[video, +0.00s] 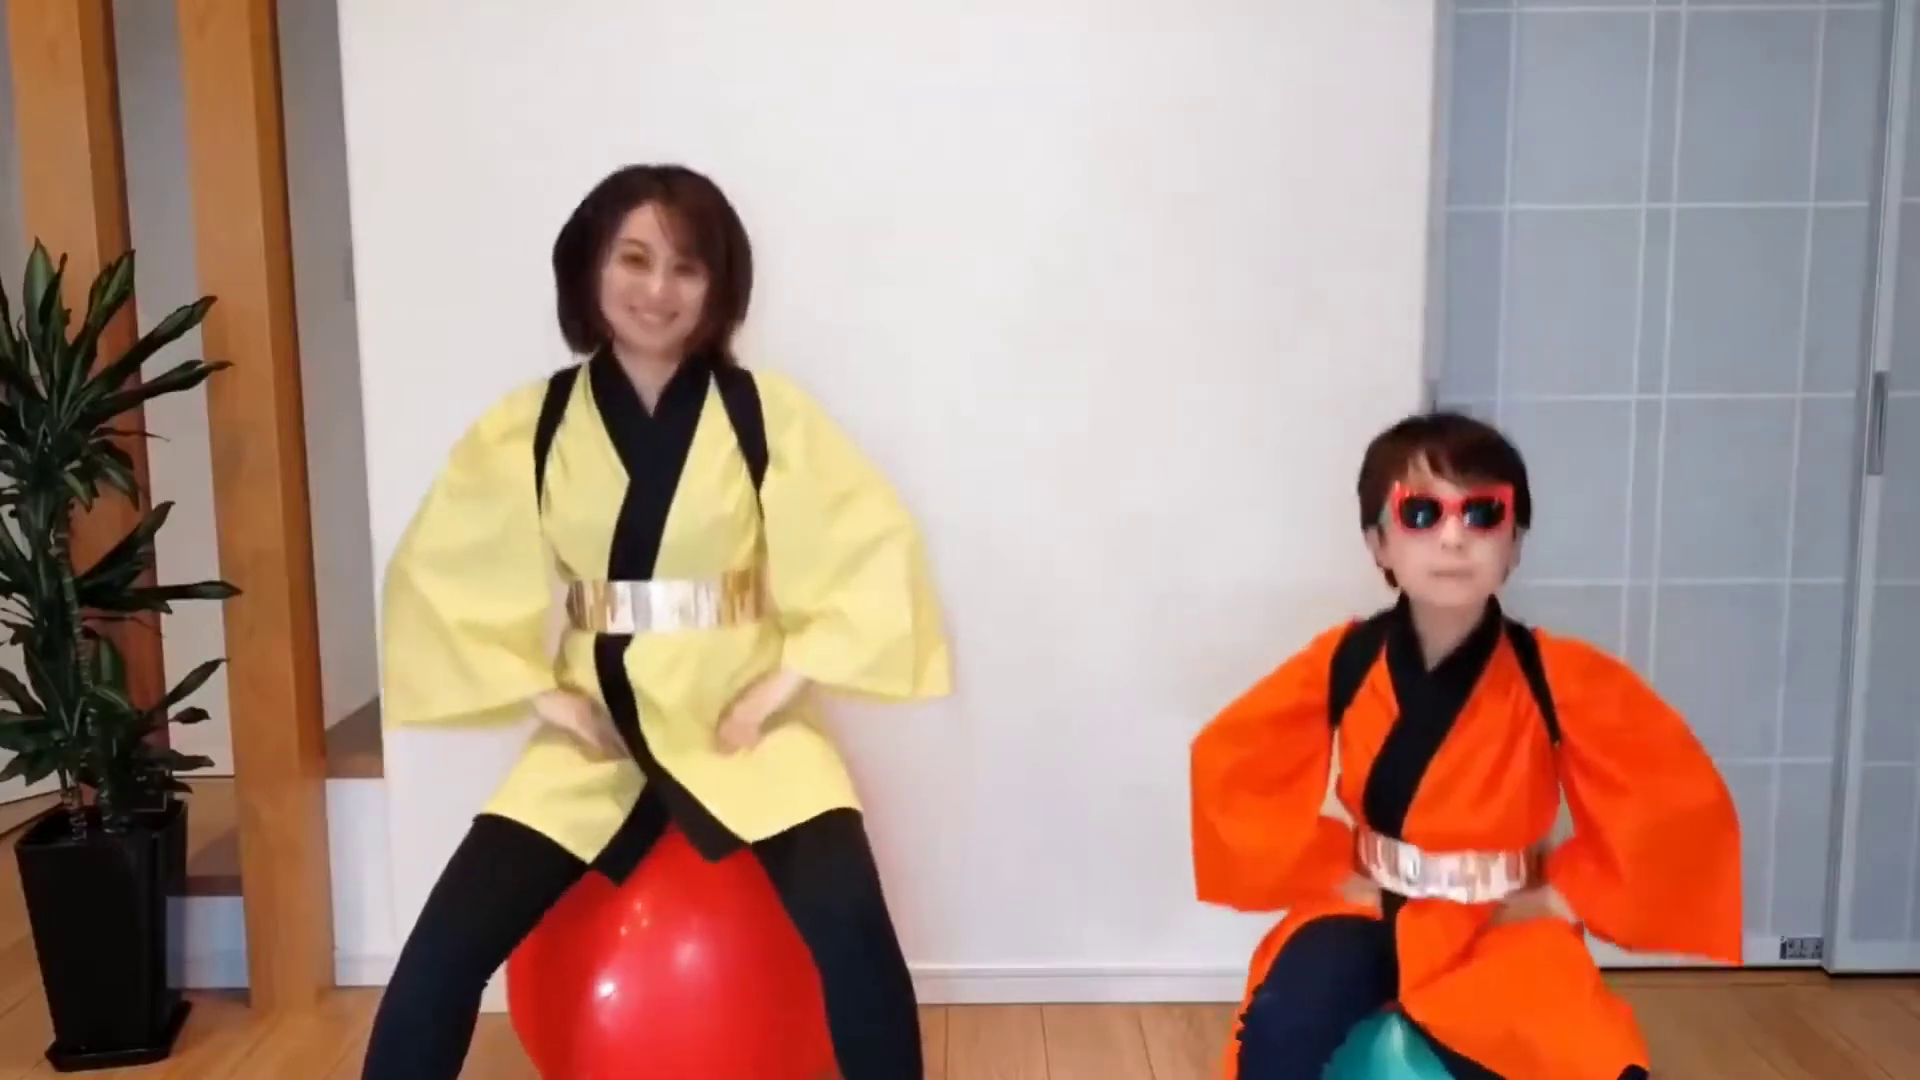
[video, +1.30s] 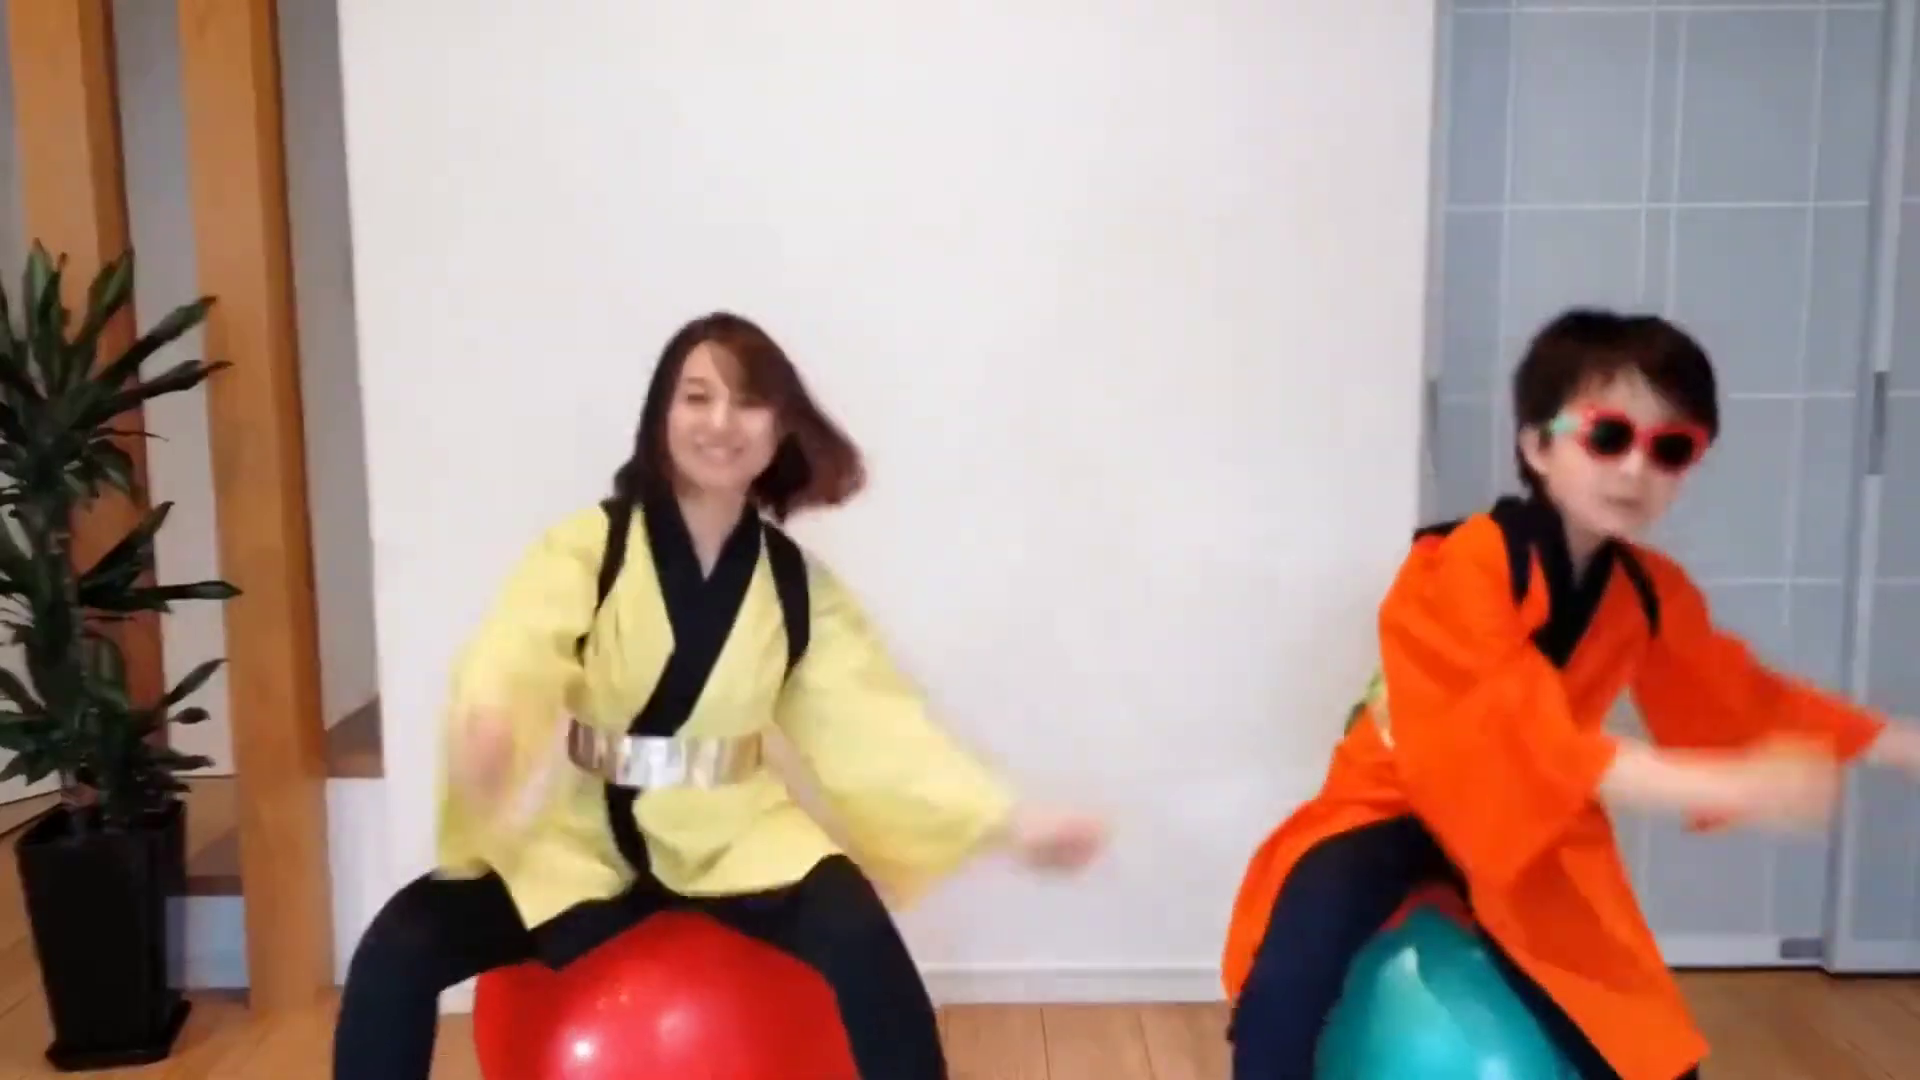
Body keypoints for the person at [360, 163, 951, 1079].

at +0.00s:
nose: (657, 288)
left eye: (686, 267)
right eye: (633, 259)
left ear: (718, 287)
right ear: (590, 272)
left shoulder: (766, 414)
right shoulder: (530, 425)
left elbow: (879, 553)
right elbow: (433, 572)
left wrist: (787, 679)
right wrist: (537, 689)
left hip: (755, 730)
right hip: (588, 739)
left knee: (855, 932)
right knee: (440, 955)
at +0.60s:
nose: (670, 312)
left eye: (698, 292)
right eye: (646, 282)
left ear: (727, 314)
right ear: (600, 295)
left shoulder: (767, 446)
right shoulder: (521, 445)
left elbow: (851, 591)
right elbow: (435, 584)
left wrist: (801, 671)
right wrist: (500, 696)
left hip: (746, 747)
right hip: (583, 754)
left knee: (853, 932)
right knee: (433, 950)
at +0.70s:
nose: (675, 383)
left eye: (702, 362)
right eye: (650, 358)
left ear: (728, 386)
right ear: (603, 375)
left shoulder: (765, 524)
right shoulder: (540, 521)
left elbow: (808, 643)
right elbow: (456, 644)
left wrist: (836, 698)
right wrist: (390, 738)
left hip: (742, 805)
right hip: (591, 814)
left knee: (844, 905)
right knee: (434, 941)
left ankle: (885, 1073)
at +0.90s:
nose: (690, 362)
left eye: (715, 343)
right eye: (665, 337)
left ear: (743, 367)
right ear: (624, 352)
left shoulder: (772, 503)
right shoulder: (556, 484)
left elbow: (871, 676)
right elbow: (431, 603)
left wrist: (816, 585)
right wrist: (363, 563)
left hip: (733, 799)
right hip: (582, 804)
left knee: (844, 928)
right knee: (427, 944)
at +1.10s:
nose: (730, 312)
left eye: (760, 292)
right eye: (707, 282)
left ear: (793, 319)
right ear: (662, 294)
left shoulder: (801, 462)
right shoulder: (578, 411)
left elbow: (833, 601)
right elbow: (471, 501)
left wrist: (832, 674)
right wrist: (476, 580)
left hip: (733, 733)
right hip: (577, 735)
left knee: (849, 882)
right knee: (408, 933)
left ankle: (917, 1072)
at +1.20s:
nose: (737, 367)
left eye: (766, 348)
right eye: (716, 339)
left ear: (799, 375)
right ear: (675, 356)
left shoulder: (805, 531)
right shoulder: (588, 484)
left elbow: (824, 694)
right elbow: (491, 623)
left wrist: (875, 827)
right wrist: (498, 747)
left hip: (735, 787)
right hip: (577, 782)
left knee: (857, 935)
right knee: (394, 940)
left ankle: (915, 1073)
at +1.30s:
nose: (720, 419)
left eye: (748, 400)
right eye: (695, 397)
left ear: (780, 428)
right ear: (657, 417)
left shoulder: (797, 588)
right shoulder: (588, 547)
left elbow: (867, 728)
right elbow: (509, 666)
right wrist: (493, 742)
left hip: (734, 846)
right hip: (578, 842)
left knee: (854, 921)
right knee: (401, 940)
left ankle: (910, 1077)